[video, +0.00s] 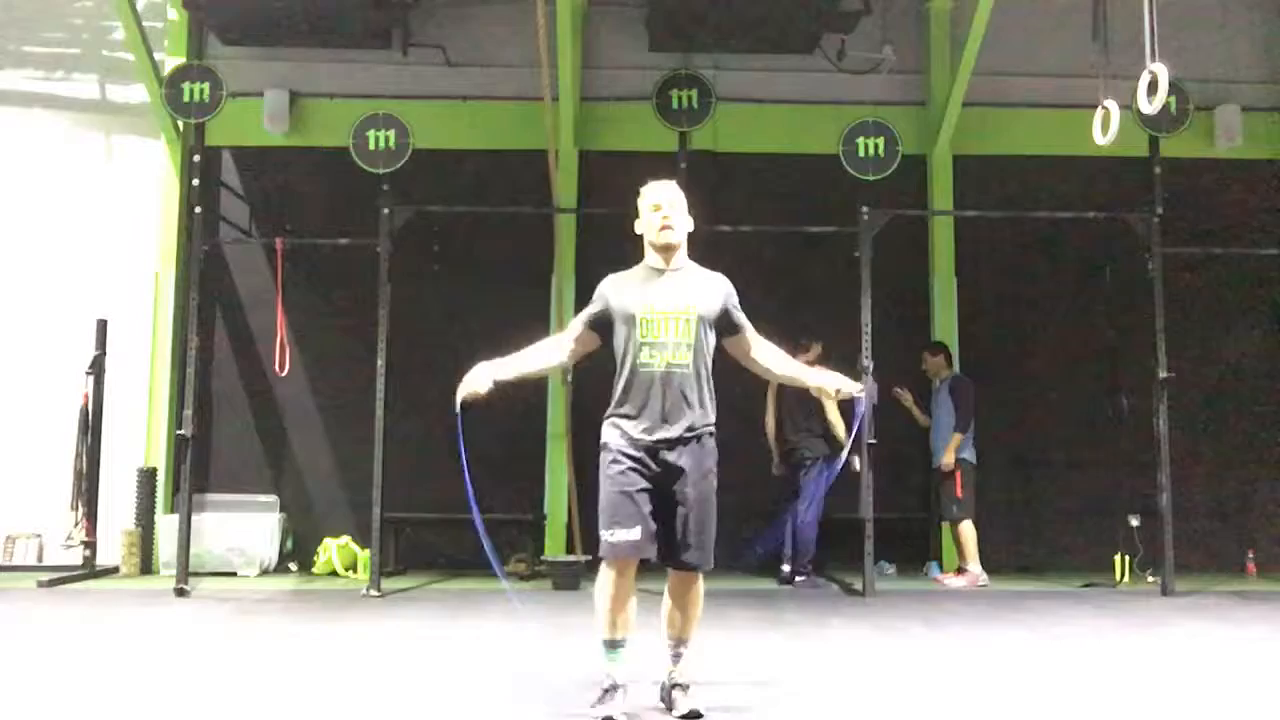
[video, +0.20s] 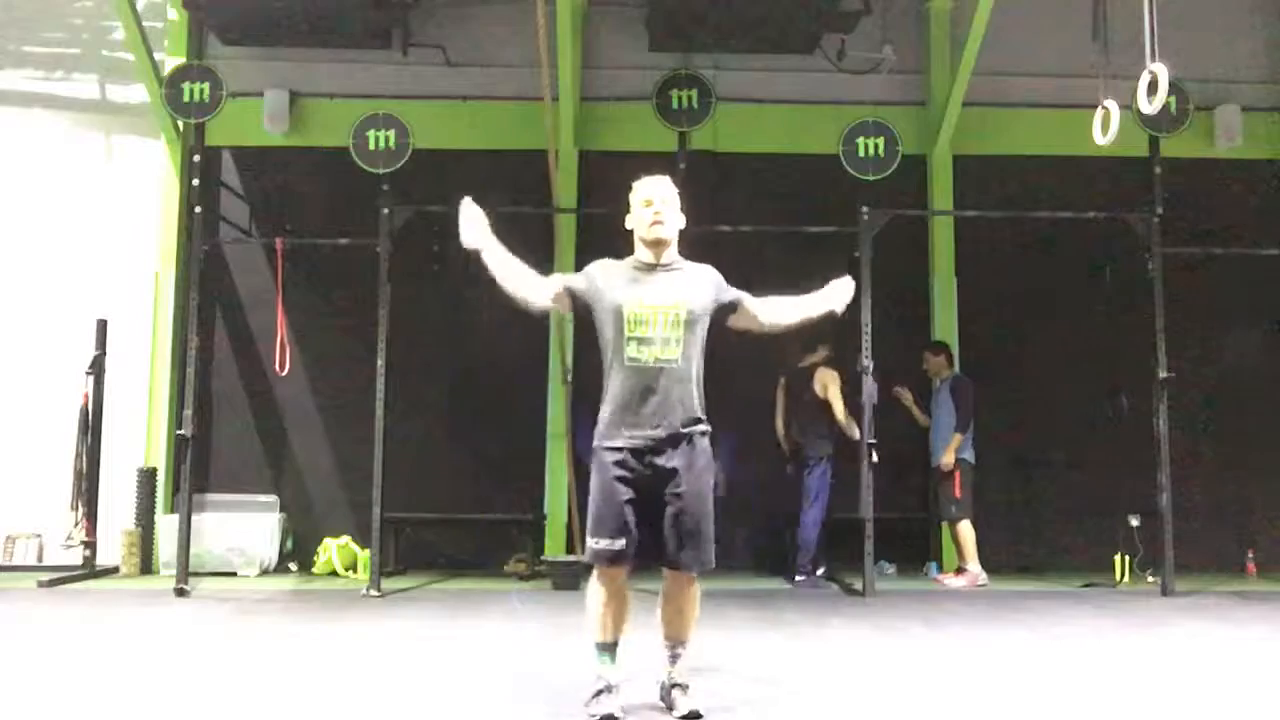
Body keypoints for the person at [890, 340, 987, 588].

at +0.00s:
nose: (924, 366)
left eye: (927, 360)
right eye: (923, 361)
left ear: (941, 358)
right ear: (936, 361)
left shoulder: (959, 384)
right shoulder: (937, 389)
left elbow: (964, 421)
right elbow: (929, 423)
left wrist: (950, 450)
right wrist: (911, 405)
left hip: (958, 457)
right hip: (942, 459)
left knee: (961, 515)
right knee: (952, 516)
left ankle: (974, 569)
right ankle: (965, 567)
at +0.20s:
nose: (925, 366)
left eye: (928, 360)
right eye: (924, 361)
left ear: (943, 358)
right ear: (937, 361)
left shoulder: (960, 384)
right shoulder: (937, 389)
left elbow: (964, 421)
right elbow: (929, 423)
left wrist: (951, 450)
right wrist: (911, 404)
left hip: (957, 457)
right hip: (940, 458)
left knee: (959, 515)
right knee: (950, 516)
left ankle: (974, 568)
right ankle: (965, 566)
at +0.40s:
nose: (926, 365)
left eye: (929, 360)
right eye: (925, 360)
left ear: (944, 358)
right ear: (937, 361)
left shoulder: (961, 385)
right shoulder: (937, 389)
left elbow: (965, 423)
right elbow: (928, 422)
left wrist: (952, 450)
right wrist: (911, 404)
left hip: (957, 457)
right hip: (940, 458)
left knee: (958, 514)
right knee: (950, 515)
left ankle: (973, 568)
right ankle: (964, 566)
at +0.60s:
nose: (927, 364)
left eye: (930, 359)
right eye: (926, 360)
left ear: (945, 359)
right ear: (938, 361)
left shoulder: (963, 384)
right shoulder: (939, 390)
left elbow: (968, 422)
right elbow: (929, 424)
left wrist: (954, 450)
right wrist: (912, 406)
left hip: (958, 457)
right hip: (941, 458)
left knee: (958, 514)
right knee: (950, 515)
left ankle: (973, 567)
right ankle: (965, 566)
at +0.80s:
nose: (926, 365)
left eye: (930, 359)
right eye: (926, 360)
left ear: (945, 359)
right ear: (937, 362)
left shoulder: (963, 383)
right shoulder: (939, 390)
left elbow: (971, 419)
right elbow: (930, 424)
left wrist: (958, 450)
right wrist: (912, 407)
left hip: (961, 457)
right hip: (944, 458)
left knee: (960, 513)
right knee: (952, 515)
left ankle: (973, 567)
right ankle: (966, 566)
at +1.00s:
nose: (927, 365)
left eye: (930, 359)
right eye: (926, 360)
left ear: (945, 359)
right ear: (937, 363)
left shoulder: (965, 384)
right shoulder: (936, 392)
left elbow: (976, 419)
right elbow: (932, 427)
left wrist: (965, 450)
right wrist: (914, 412)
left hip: (965, 456)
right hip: (943, 459)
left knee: (968, 514)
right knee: (954, 516)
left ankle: (979, 567)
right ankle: (964, 566)